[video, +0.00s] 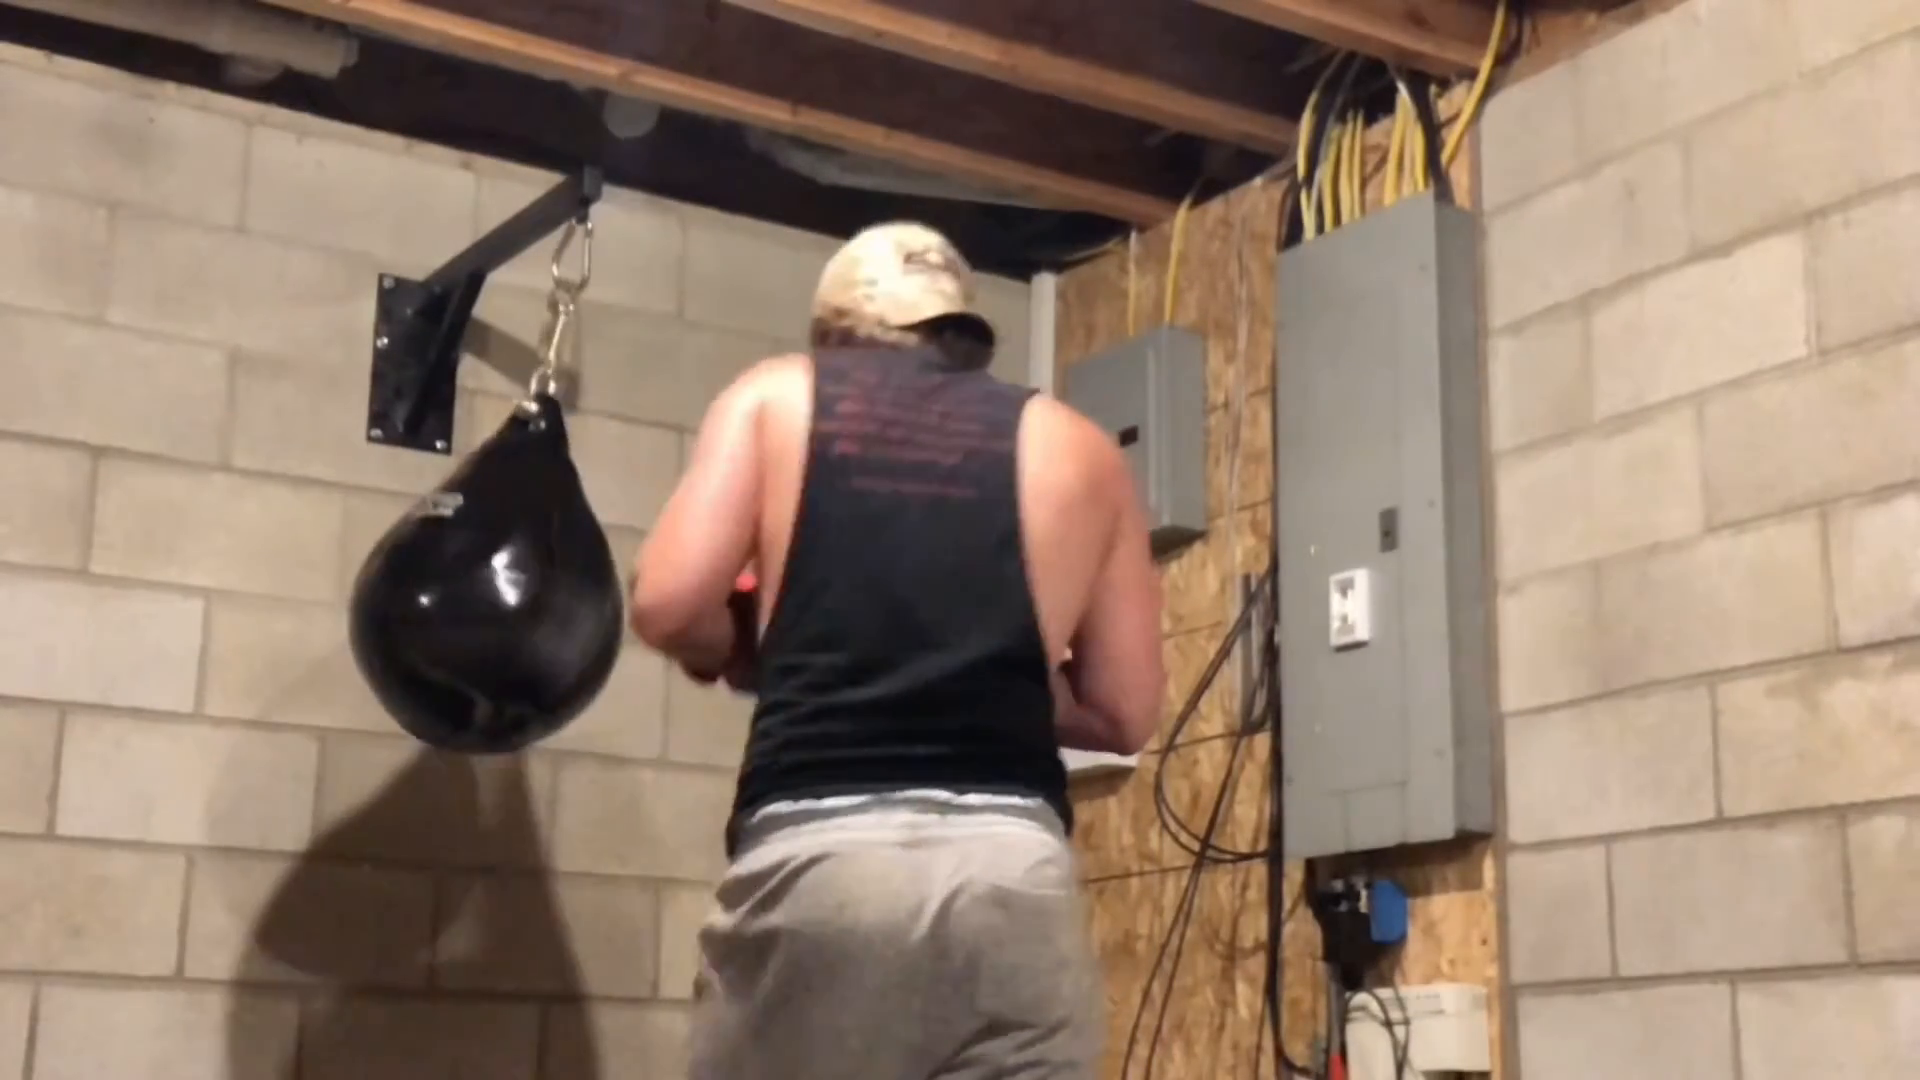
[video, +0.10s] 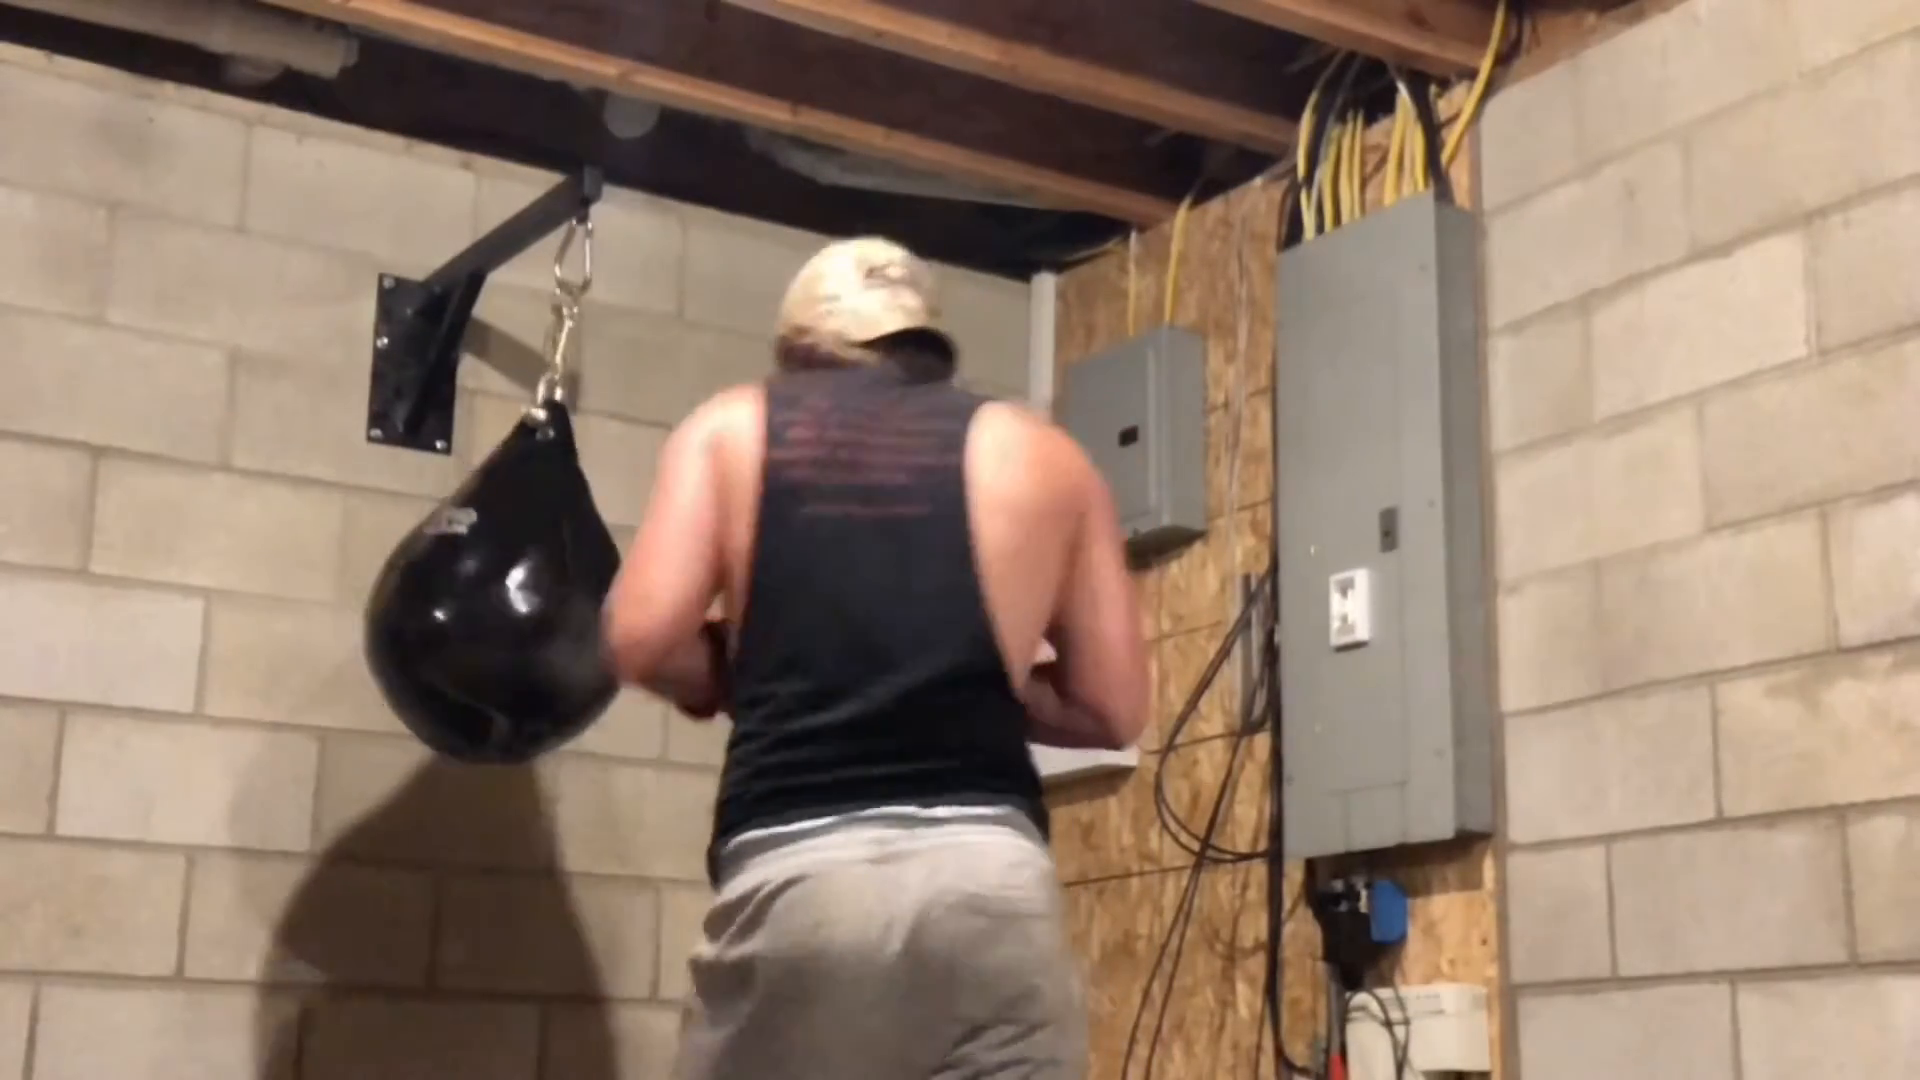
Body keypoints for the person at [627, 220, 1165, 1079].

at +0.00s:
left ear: (831, 326)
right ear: (965, 333)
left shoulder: (768, 396)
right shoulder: (1080, 447)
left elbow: (666, 604)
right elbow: (1125, 716)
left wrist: (742, 645)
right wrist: (981, 681)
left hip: (816, 868)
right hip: (1016, 872)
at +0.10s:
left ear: (798, 344)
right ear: (932, 346)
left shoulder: (727, 428)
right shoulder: (1047, 454)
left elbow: (642, 637)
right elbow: (1114, 712)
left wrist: (750, 671)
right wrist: (976, 679)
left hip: (795, 883)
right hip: (994, 879)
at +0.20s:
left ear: (753, 359)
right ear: (886, 353)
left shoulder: (680, 454)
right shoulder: (1002, 450)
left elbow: (602, 678)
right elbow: (1081, 692)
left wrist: (719, 681)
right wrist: (954, 657)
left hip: (761, 890)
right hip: (960, 881)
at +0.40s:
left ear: (685, 379)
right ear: (815, 359)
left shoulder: (611, 479)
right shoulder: (915, 427)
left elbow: (554, 713)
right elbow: (1018, 663)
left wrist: (695, 675)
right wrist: (891, 622)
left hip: (680, 878)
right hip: (874, 863)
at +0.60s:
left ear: (637, 399)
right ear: (765, 383)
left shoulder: (572, 486)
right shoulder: (871, 449)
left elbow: (512, 718)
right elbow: (952, 686)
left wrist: (636, 640)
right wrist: (834, 612)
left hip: (626, 886)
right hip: (817, 881)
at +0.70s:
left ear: (616, 404)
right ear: (738, 395)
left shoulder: (569, 473)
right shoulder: (858, 479)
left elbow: (477, 704)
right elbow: (903, 722)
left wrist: (579, 627)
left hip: (629, 881)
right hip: (819, 882)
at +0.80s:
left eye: (589, 423)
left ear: (606, 421)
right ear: (718, 423)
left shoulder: (591, 472)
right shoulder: (837, 527)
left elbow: (450, 682)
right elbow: (845, 703)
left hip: (651, 895)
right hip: (832, 917)